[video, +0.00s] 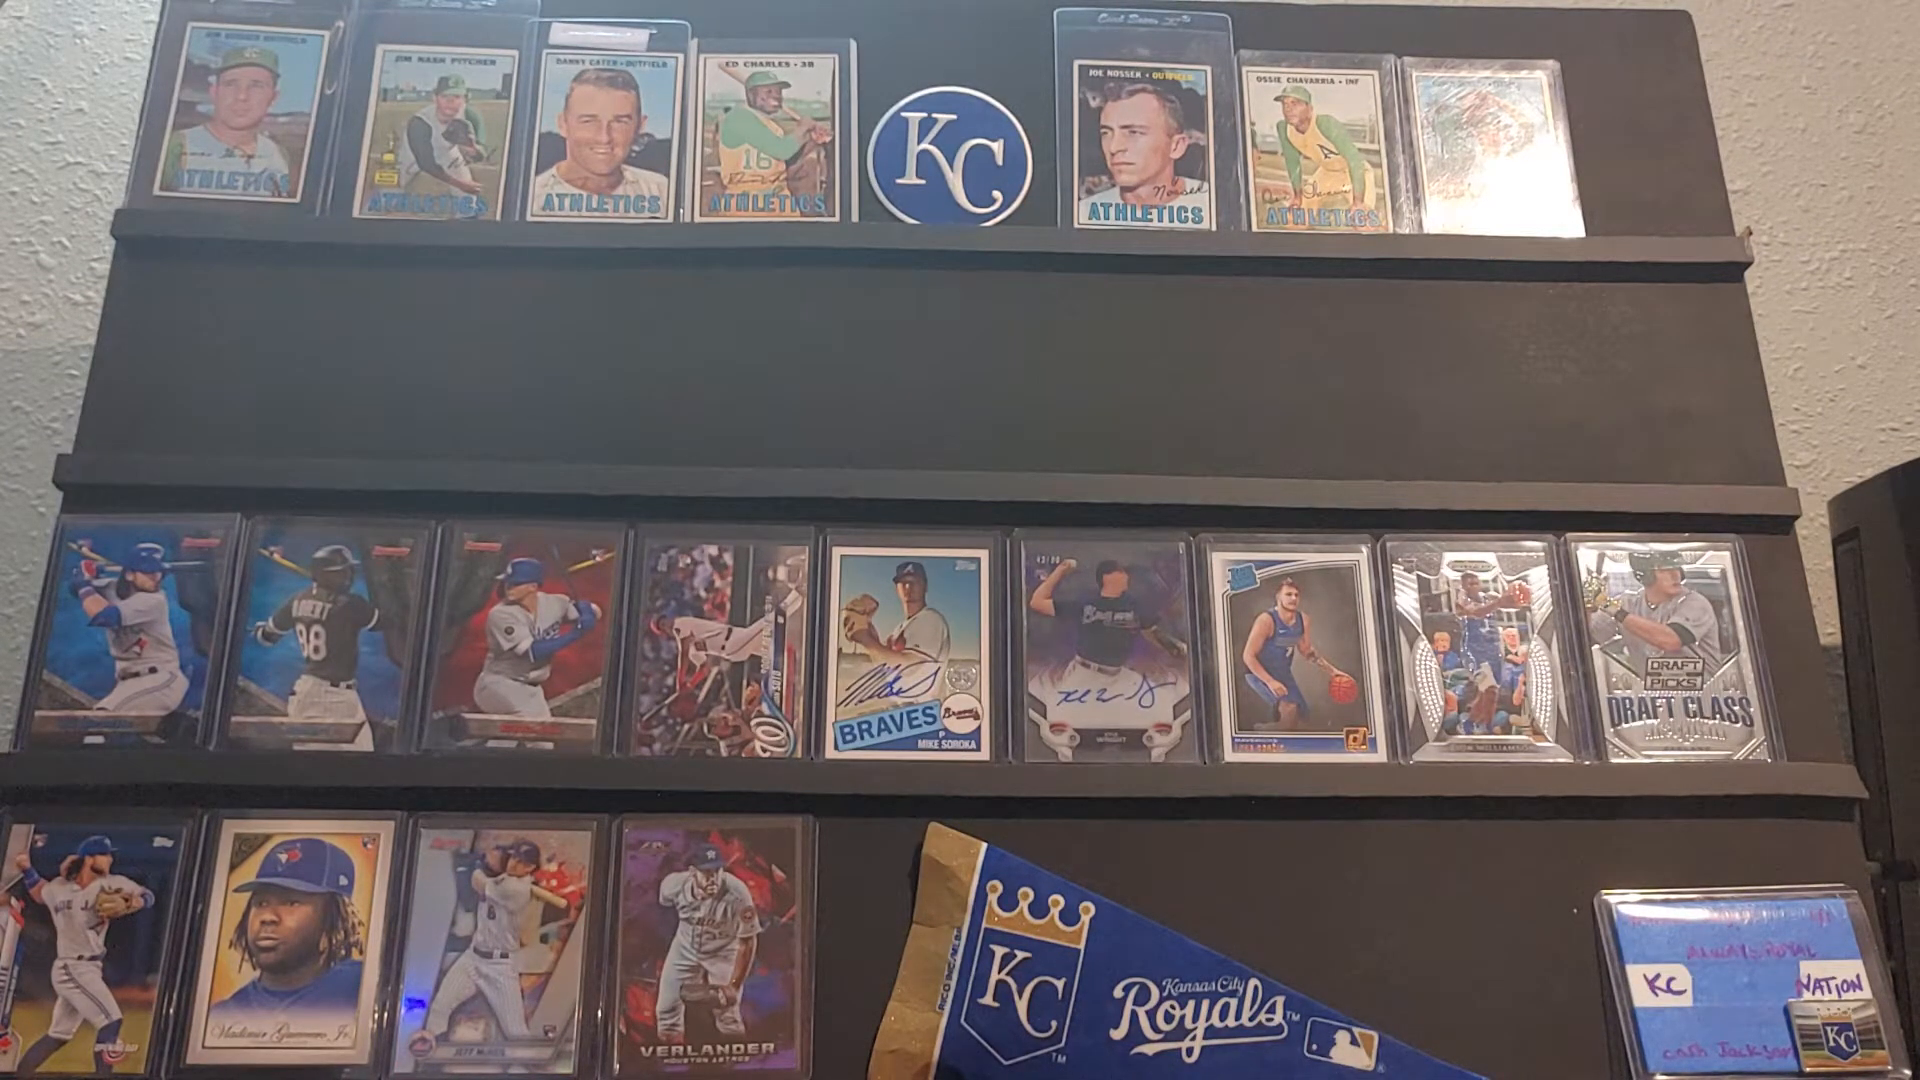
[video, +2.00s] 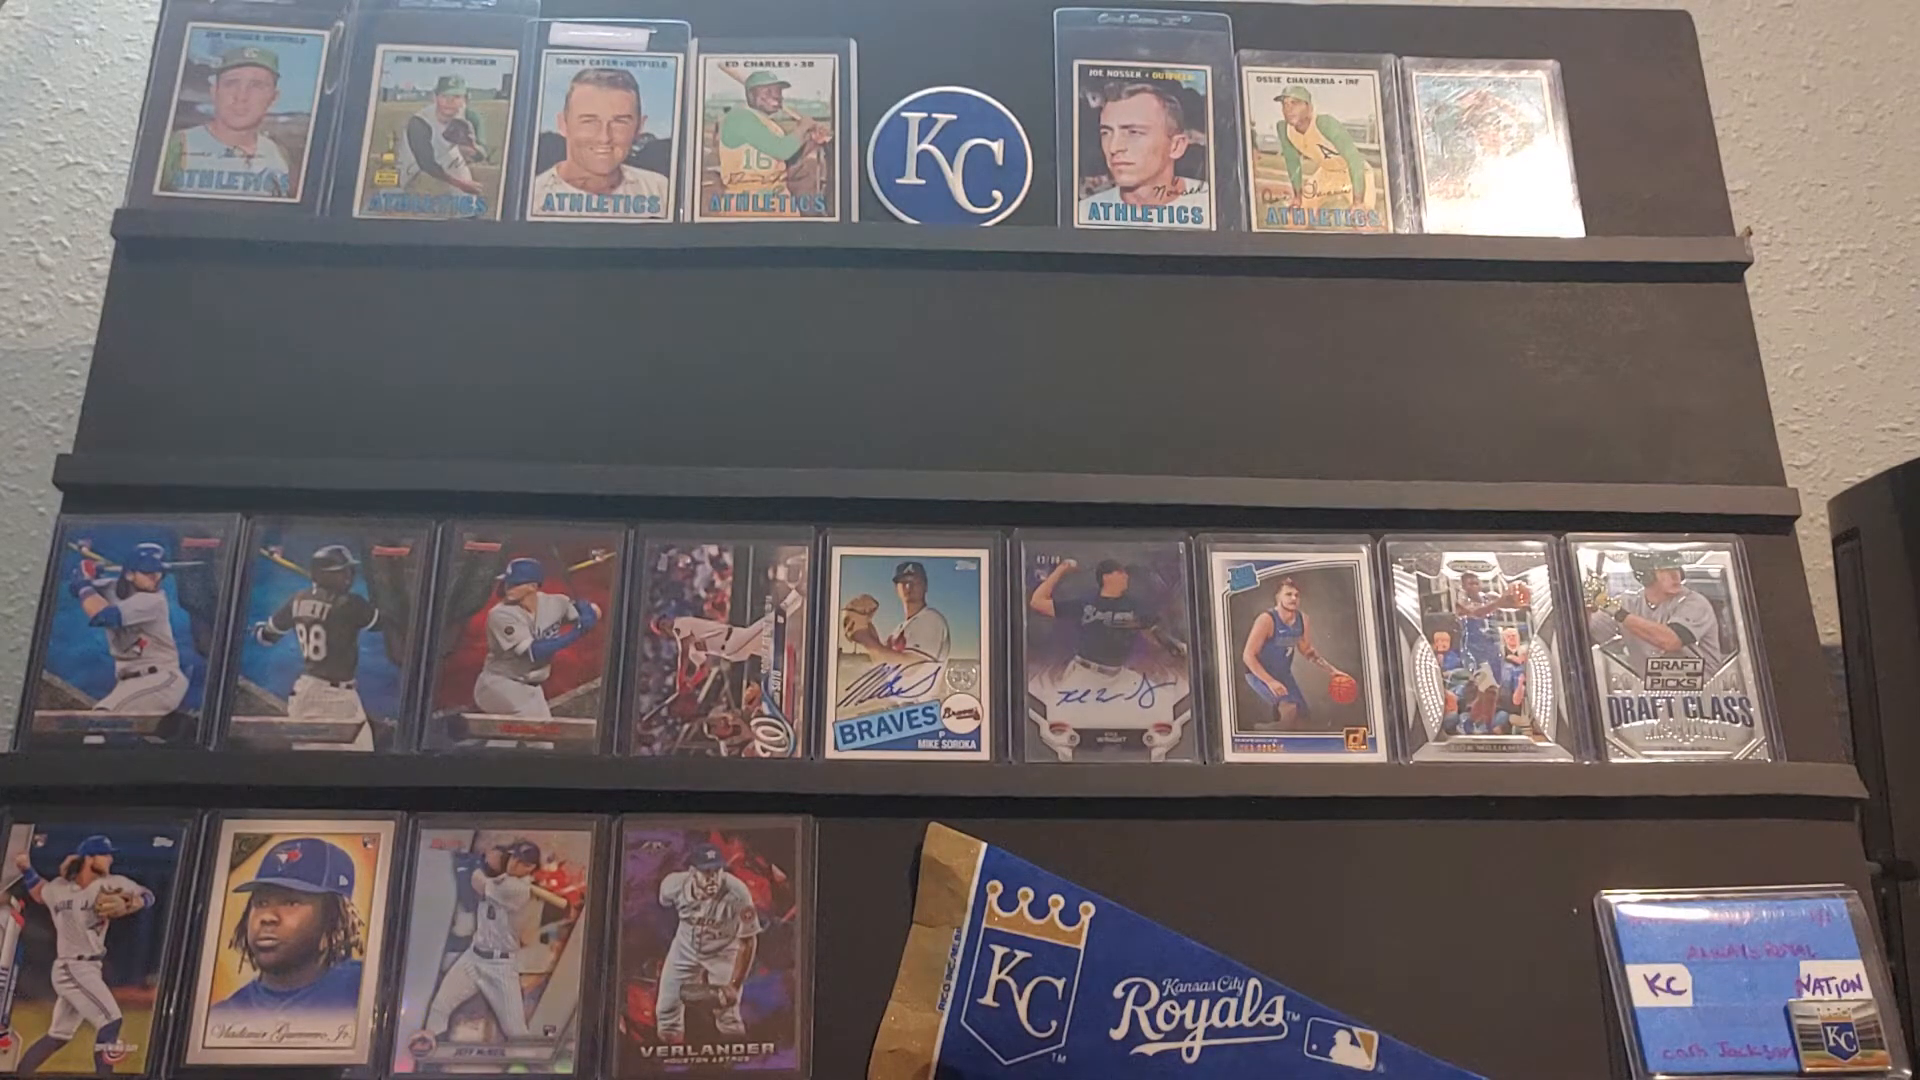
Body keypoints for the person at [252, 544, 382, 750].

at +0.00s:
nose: (351, 577)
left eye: (350, 571)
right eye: (347, 572)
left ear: (319, 574)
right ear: (337, 575)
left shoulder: (299, 601)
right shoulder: (351, 605)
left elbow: (267, 637)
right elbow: (387, 622)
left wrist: (260, 631)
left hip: (306, 693)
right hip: (341, 697)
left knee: (307, 765)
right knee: (361, 766)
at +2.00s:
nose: (350, 577)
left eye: (350, 572)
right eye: (346, 572)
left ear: (319, 575)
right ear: (335, 575)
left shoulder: (299, 600)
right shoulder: (351, 605)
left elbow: (267, 637)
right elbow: (388, 622)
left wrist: (259, 630)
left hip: (305, 694)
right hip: (342, 699)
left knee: (307, 767)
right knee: (360, 768)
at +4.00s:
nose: (352, 576)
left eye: (351, 571)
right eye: (349, 571)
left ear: (319, 574)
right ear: (338, 575)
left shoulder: (298, 601)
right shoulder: (351, 605)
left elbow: (267, 637)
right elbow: (386, 622)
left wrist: (259, 630)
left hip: (305, 693)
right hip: (341, 697)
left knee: (307, 764)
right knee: (359, 766)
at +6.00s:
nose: (351, 577)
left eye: (350, 572)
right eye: (347, 572)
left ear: (320, 574)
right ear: (336, 575)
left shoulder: (299, 600)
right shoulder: (350, 605)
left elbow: (267, 637)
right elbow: (386, 620)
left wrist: (260, 630)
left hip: (305, 694)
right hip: (340, 699)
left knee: (307, 766)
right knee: (359, 768)